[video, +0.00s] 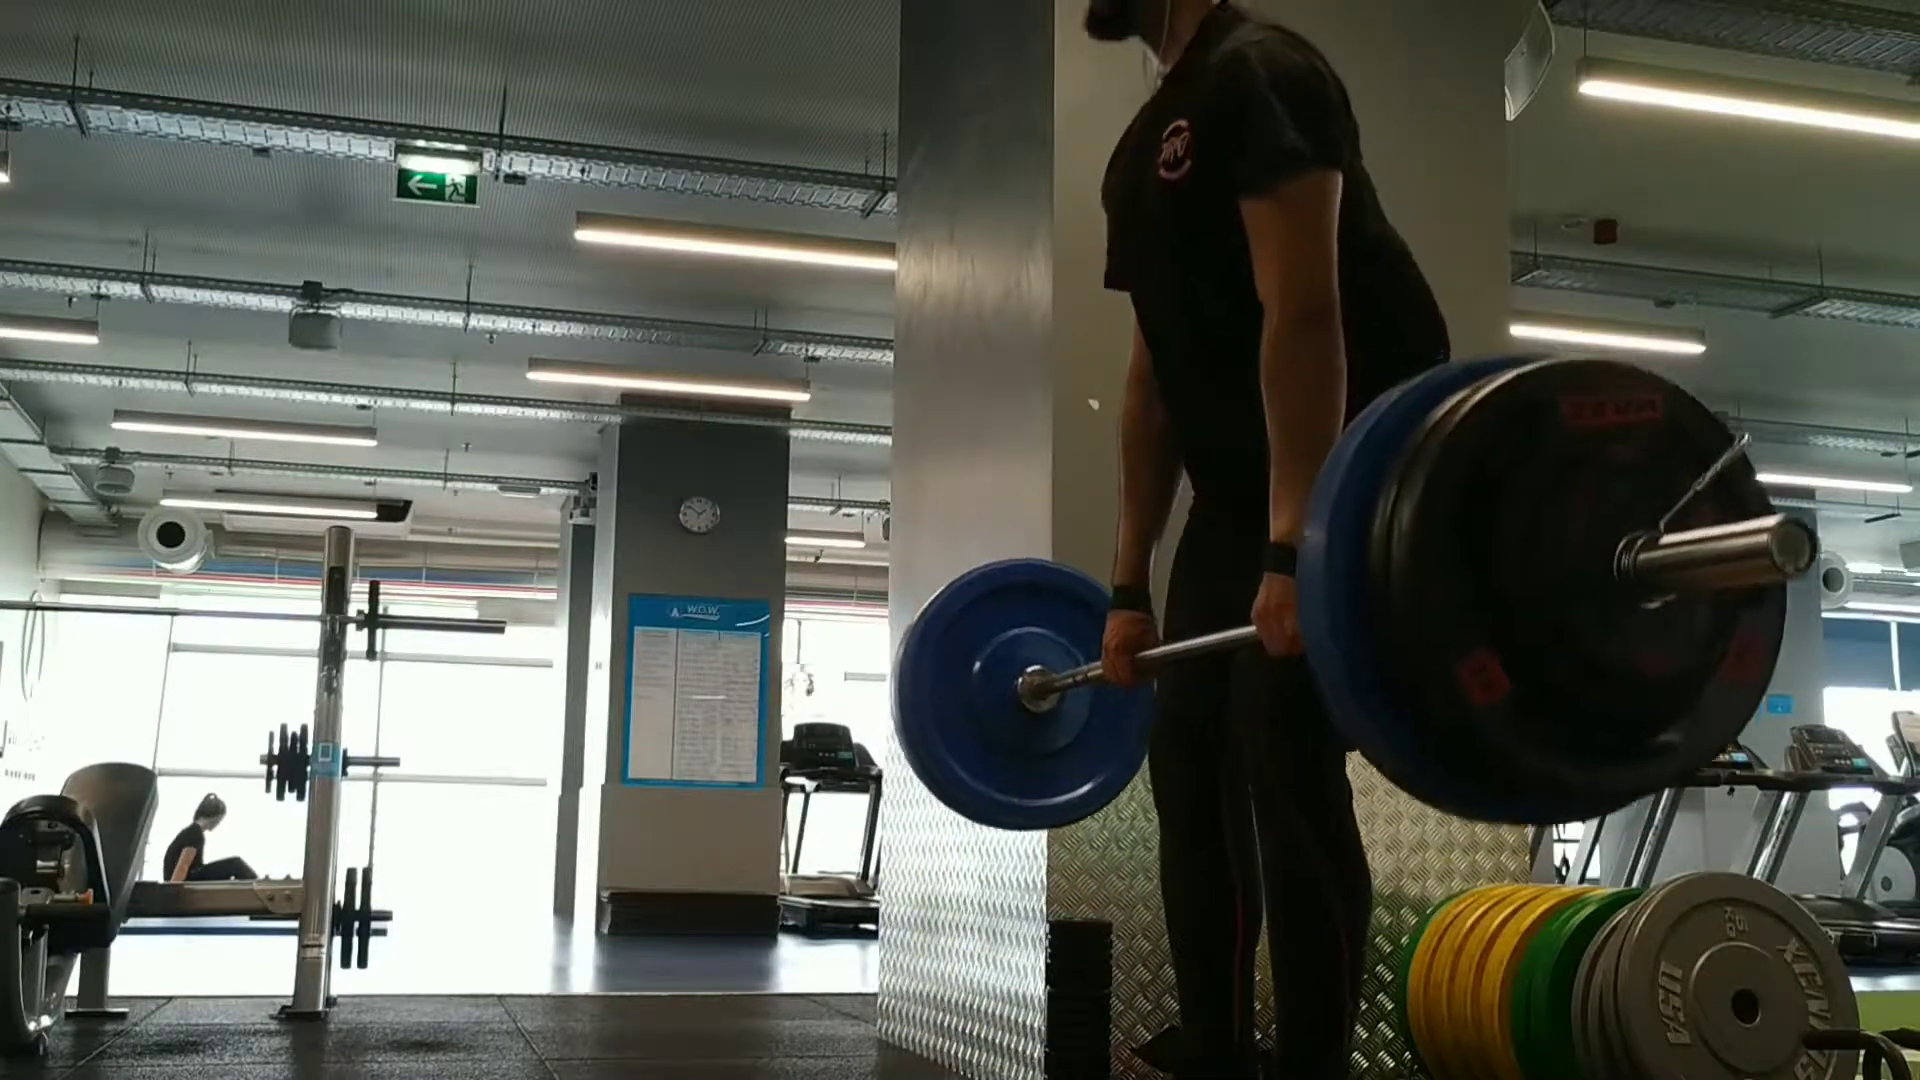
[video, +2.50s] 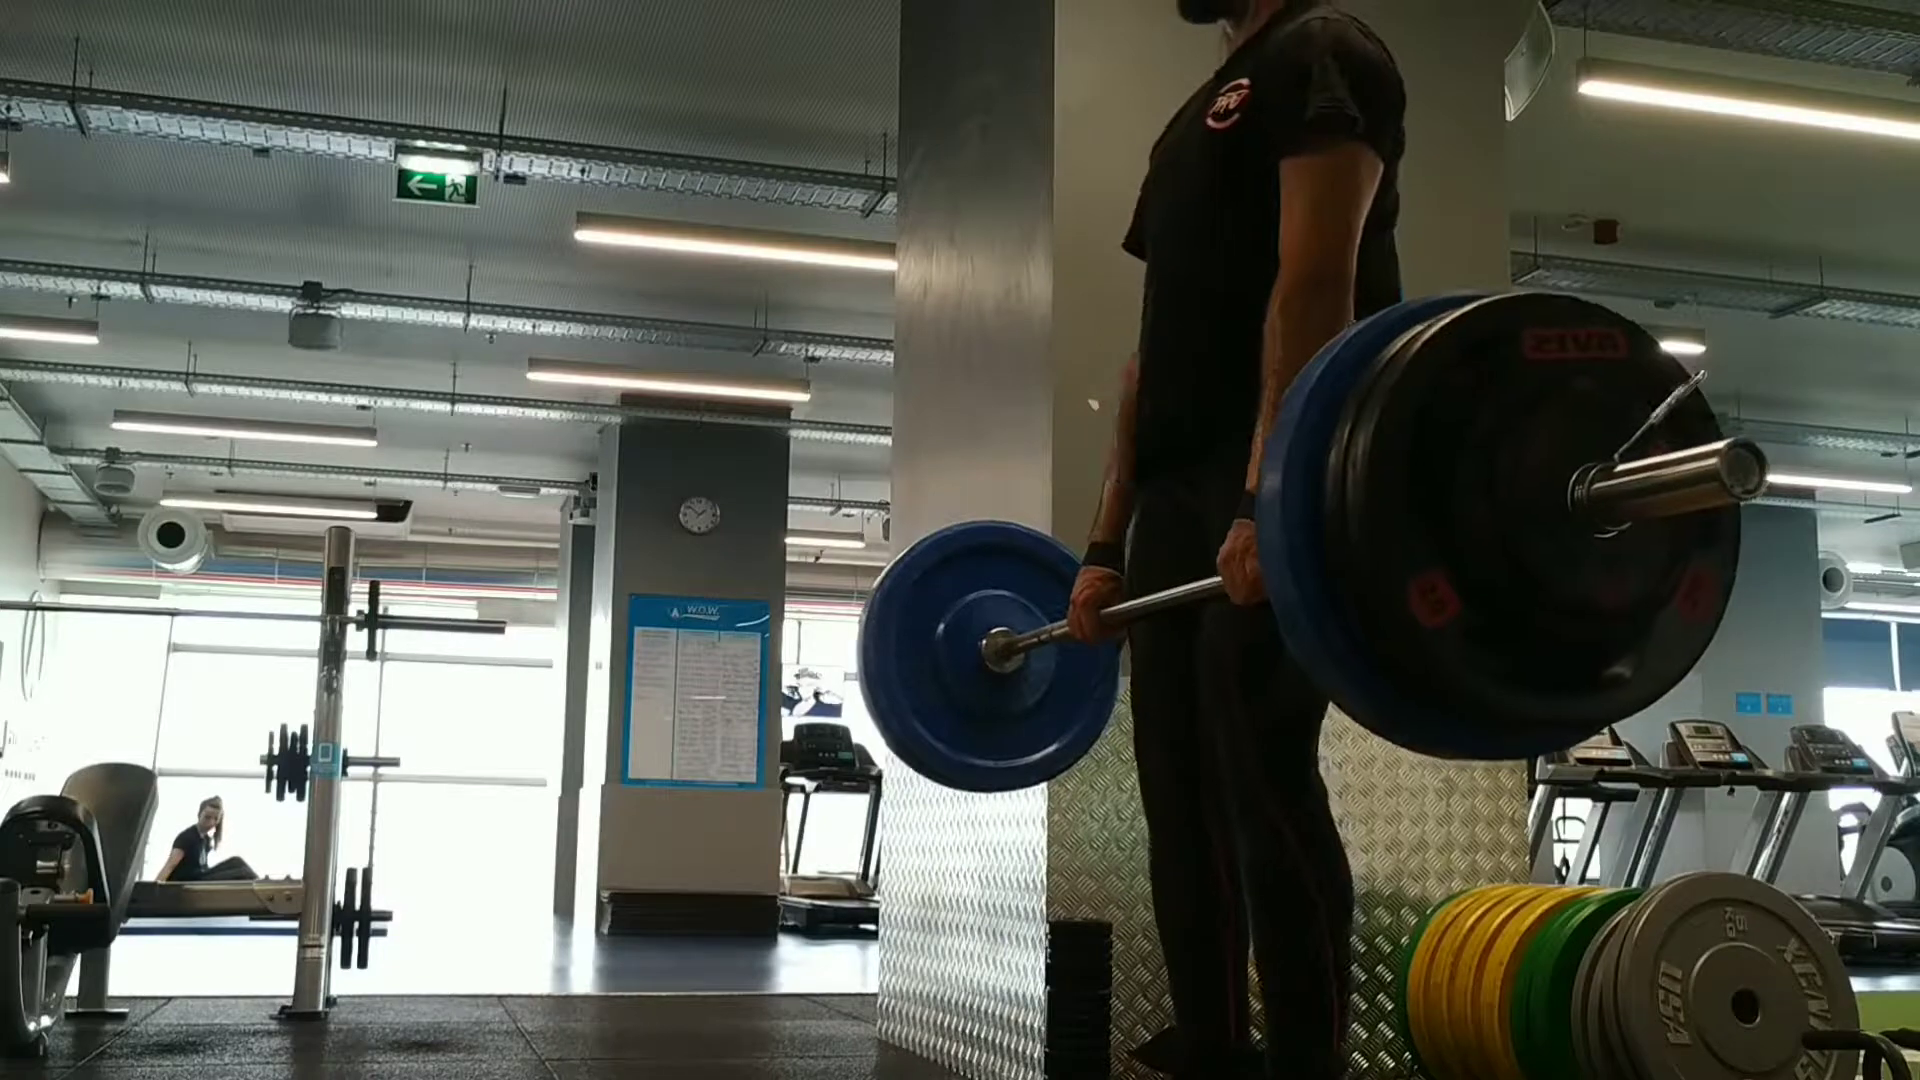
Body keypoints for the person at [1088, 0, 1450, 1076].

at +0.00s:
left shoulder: (1257, 69)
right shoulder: (1150, 137)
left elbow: (1306, 318)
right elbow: (1152, 373)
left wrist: (1291, 549)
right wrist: (1129, 583)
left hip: (1338, 495)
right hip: (1235, 498)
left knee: (1287, 768)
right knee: (1186, 759)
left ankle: (1312, 1059)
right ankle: (1211, 1044)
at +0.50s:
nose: (966, 100)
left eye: (984, 69)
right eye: (961, 78)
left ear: (1064, 64)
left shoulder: (1192, 184)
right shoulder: (1075, 270)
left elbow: (1271, 442)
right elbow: (1122, 487)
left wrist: (1275, 686)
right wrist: (1114, 699)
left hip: (1413, 489)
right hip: (1280, 510)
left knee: (1301, 768)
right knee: (1193, 760)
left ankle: (1313, 1057)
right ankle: (1212, 1046)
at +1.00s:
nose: (905, 283)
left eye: (923, 249)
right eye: (901, 256)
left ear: (1006, 238)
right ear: (998, 249)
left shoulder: (1152, 329)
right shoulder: (1049, 418)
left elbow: (1259, 594)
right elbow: (1108, 626)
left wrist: (1277, 854)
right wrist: (1114, 840)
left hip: (1451, 487)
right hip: (1313, 527)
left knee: (1282, 761)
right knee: (1175, 763)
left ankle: (1310, 1040)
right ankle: (1210, 1039)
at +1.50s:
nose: (906, 300)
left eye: (923, 266)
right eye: (902, 273)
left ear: (1004, 252)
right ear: (998, 262)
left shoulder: (1155, 342)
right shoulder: (1054, 430)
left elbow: (1263, 603)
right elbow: (1112, 632)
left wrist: (1287, 860)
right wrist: (1119, 849)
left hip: (1459, 477)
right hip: (1329, 519)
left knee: (1296, 766)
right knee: (1191, 759)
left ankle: (1312, 1040)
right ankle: (1213, 1038)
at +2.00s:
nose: (1024, 12)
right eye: (1026, 1)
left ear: (1119, 0)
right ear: (1101, 15)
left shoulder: (1225, 111)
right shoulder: (1102, 188)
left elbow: (1275, 364)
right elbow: (1123, 420)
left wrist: (1271, 601)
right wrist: (1112, 628)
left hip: (1376, 482)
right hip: (1251, 499)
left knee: (1302, 769)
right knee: (1207, 769)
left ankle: (1314, 1058)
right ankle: (1216, 1046)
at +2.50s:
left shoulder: (1321, 46)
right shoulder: (1191, 121)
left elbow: (1318, 287)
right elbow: (1161, 346)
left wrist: (1271, 500)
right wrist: (1107, 546)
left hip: (1264, 500)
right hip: (1173, 507)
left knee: (1264, 786)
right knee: (1181, 792)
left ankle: (1309, 1057)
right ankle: (1207, 1049)